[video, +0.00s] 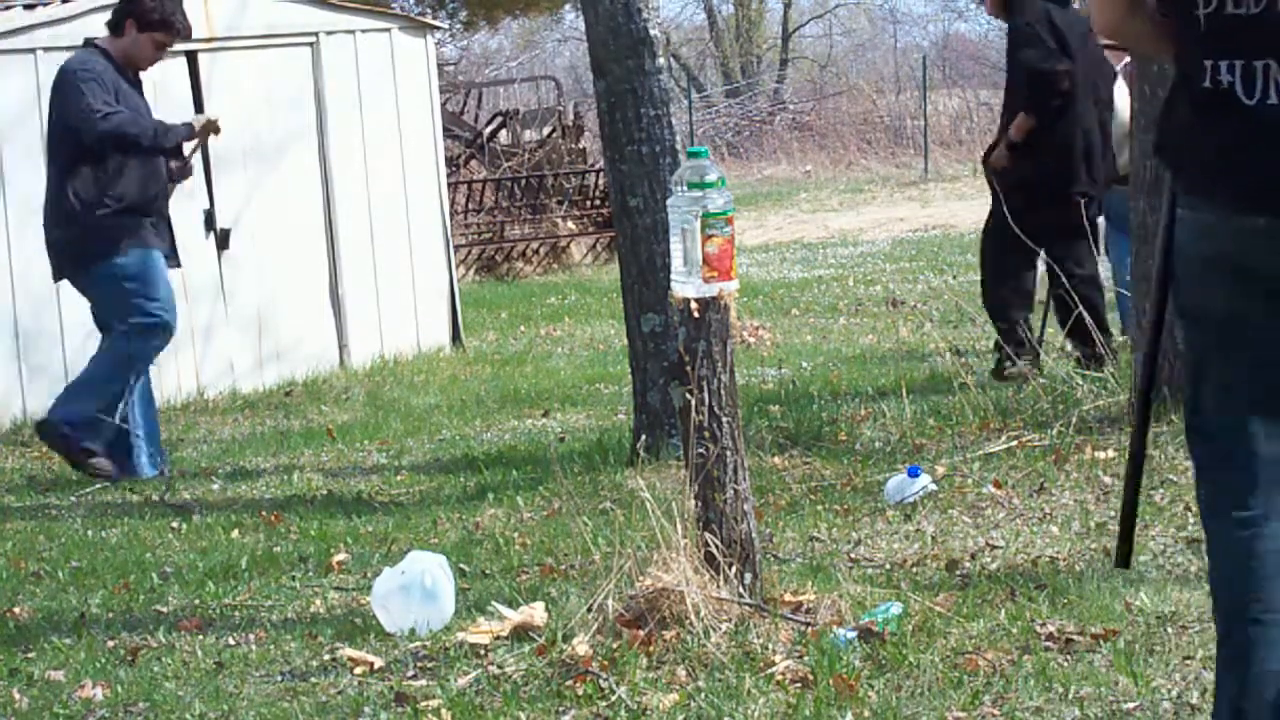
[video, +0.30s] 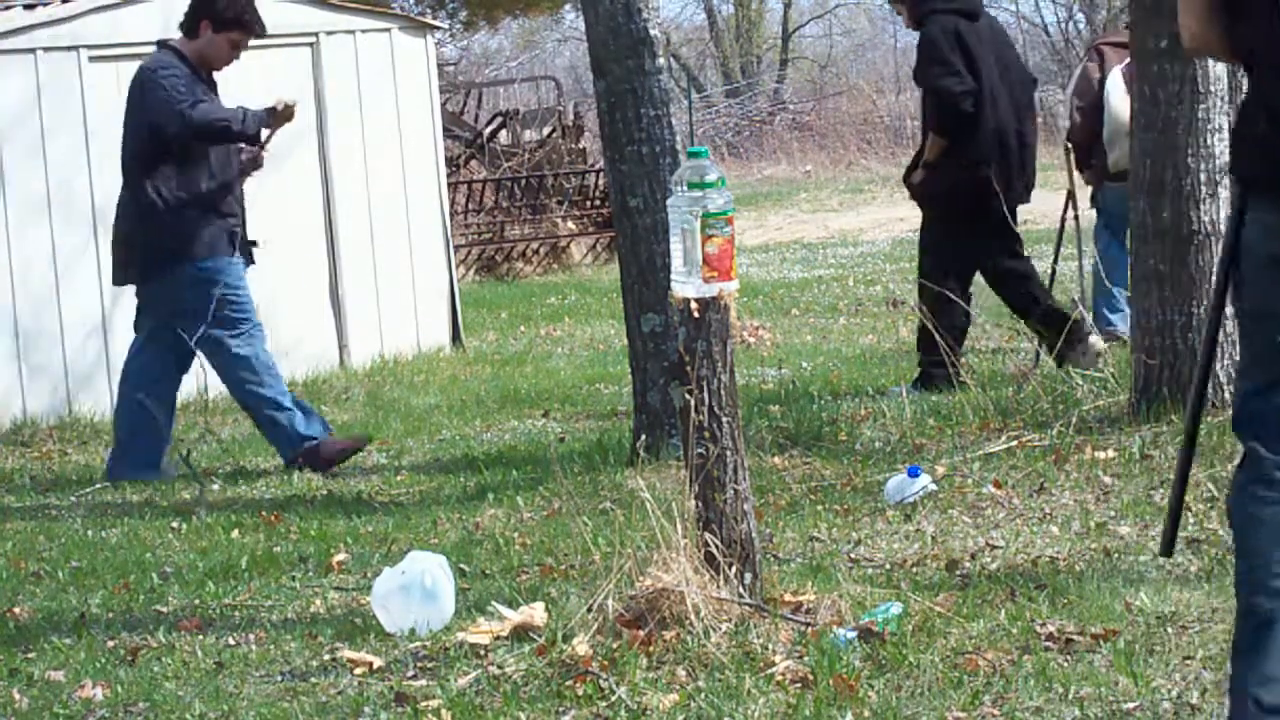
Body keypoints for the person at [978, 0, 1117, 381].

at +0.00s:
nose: (985, 6)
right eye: (983, 2)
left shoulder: (1026, 21)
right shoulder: (1075, 20)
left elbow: (1052, 83)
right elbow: (1104, 84)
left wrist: (1010, 142)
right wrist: (1096, 156)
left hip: (1033, 171)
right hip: (1079, 166)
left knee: (1004, 255)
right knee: (1073, 259)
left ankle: (1017, 356)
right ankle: (1095, 354)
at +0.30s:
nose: (899, 16)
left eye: (898, 8)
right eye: (896, 10)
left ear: (913, 2)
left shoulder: (937, 29)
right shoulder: (986, 24)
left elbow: (953, 99)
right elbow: (1023, 83)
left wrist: (926, 162)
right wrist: (1016, 160)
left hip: (960, 179)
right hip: (999, 173)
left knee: (941, 277)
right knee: (1009, 269)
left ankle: (937, 378)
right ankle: (1076, 348)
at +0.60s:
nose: (834, 16)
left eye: (833, 9)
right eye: (831, 10)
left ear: (845, 3)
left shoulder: (865, 30)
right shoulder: (921, 20)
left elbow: (883, 103)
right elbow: (962, 75)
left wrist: (869, 164)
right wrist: (949, 142)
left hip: (901, 172)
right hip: (937, 163)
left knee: (900, 260)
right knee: (899, 257)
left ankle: (929, 370)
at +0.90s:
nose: (785, 19)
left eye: (786, 12)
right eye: (784, 13)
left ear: (798, 9)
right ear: (835, 2)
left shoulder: (811, 41)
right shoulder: (872, 37)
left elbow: (820, 110)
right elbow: (906, 97)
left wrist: (807, 171)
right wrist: (889, 158)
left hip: (837, 180)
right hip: (881, 175)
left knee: (844, 274)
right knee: (848, 275)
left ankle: (920, 360)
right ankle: (832, 374)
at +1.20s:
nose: (741, 16)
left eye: (743, 11)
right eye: (742, 12)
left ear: (753, 8)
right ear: (798, 3)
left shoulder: (761, 40)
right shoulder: (829, 39)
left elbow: (766, 106)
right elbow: (863, 97)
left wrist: (753, 161)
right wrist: (833, 139)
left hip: (779, 178)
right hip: (832, 173)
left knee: (756, 264)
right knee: (824, 272)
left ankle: (780, 366)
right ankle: (833, 373)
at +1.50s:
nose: (686, 26)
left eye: (687, 19)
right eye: (687, 20)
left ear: (695, 18)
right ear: (738, 8)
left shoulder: (705, 55)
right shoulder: (774, 45)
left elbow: (713, 118)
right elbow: (813, 103)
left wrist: (708, 169)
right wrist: (777, 136)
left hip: (736, 191)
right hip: (788, 181)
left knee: (729, 292)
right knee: (797, 278)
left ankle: (710, 380)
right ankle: (830, 372)